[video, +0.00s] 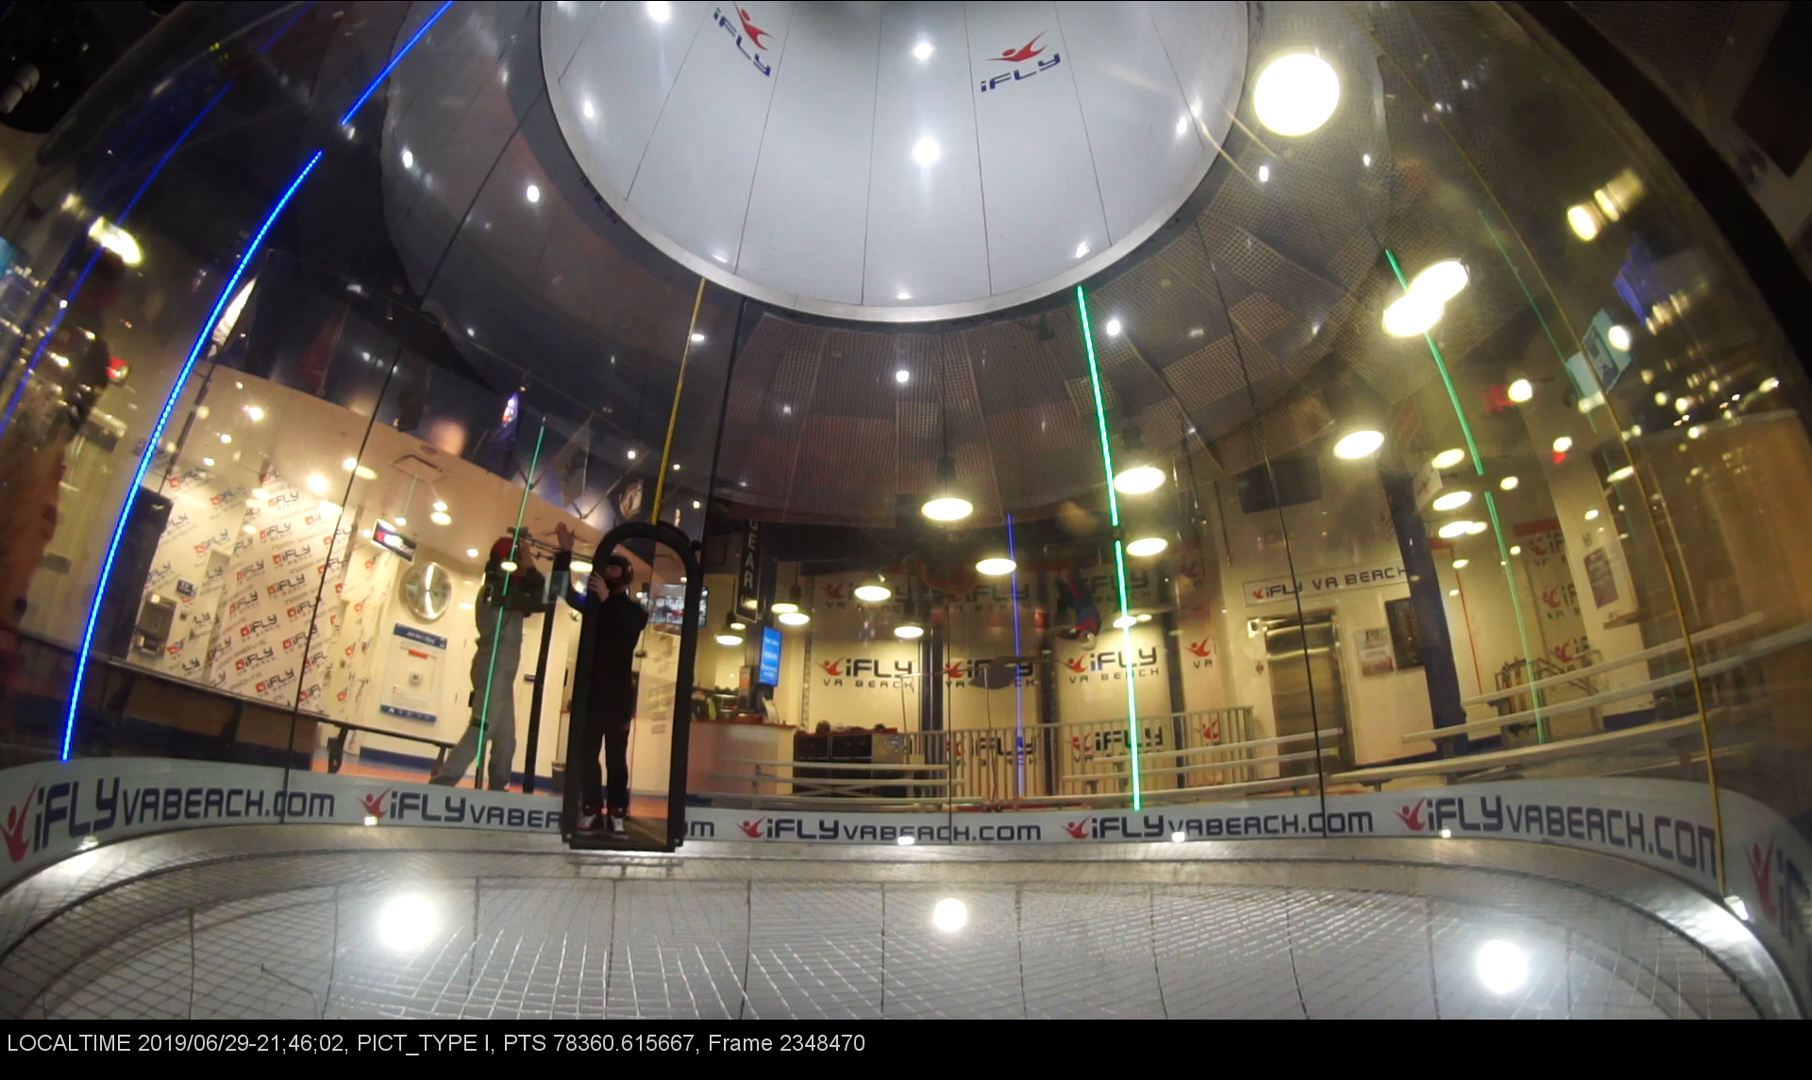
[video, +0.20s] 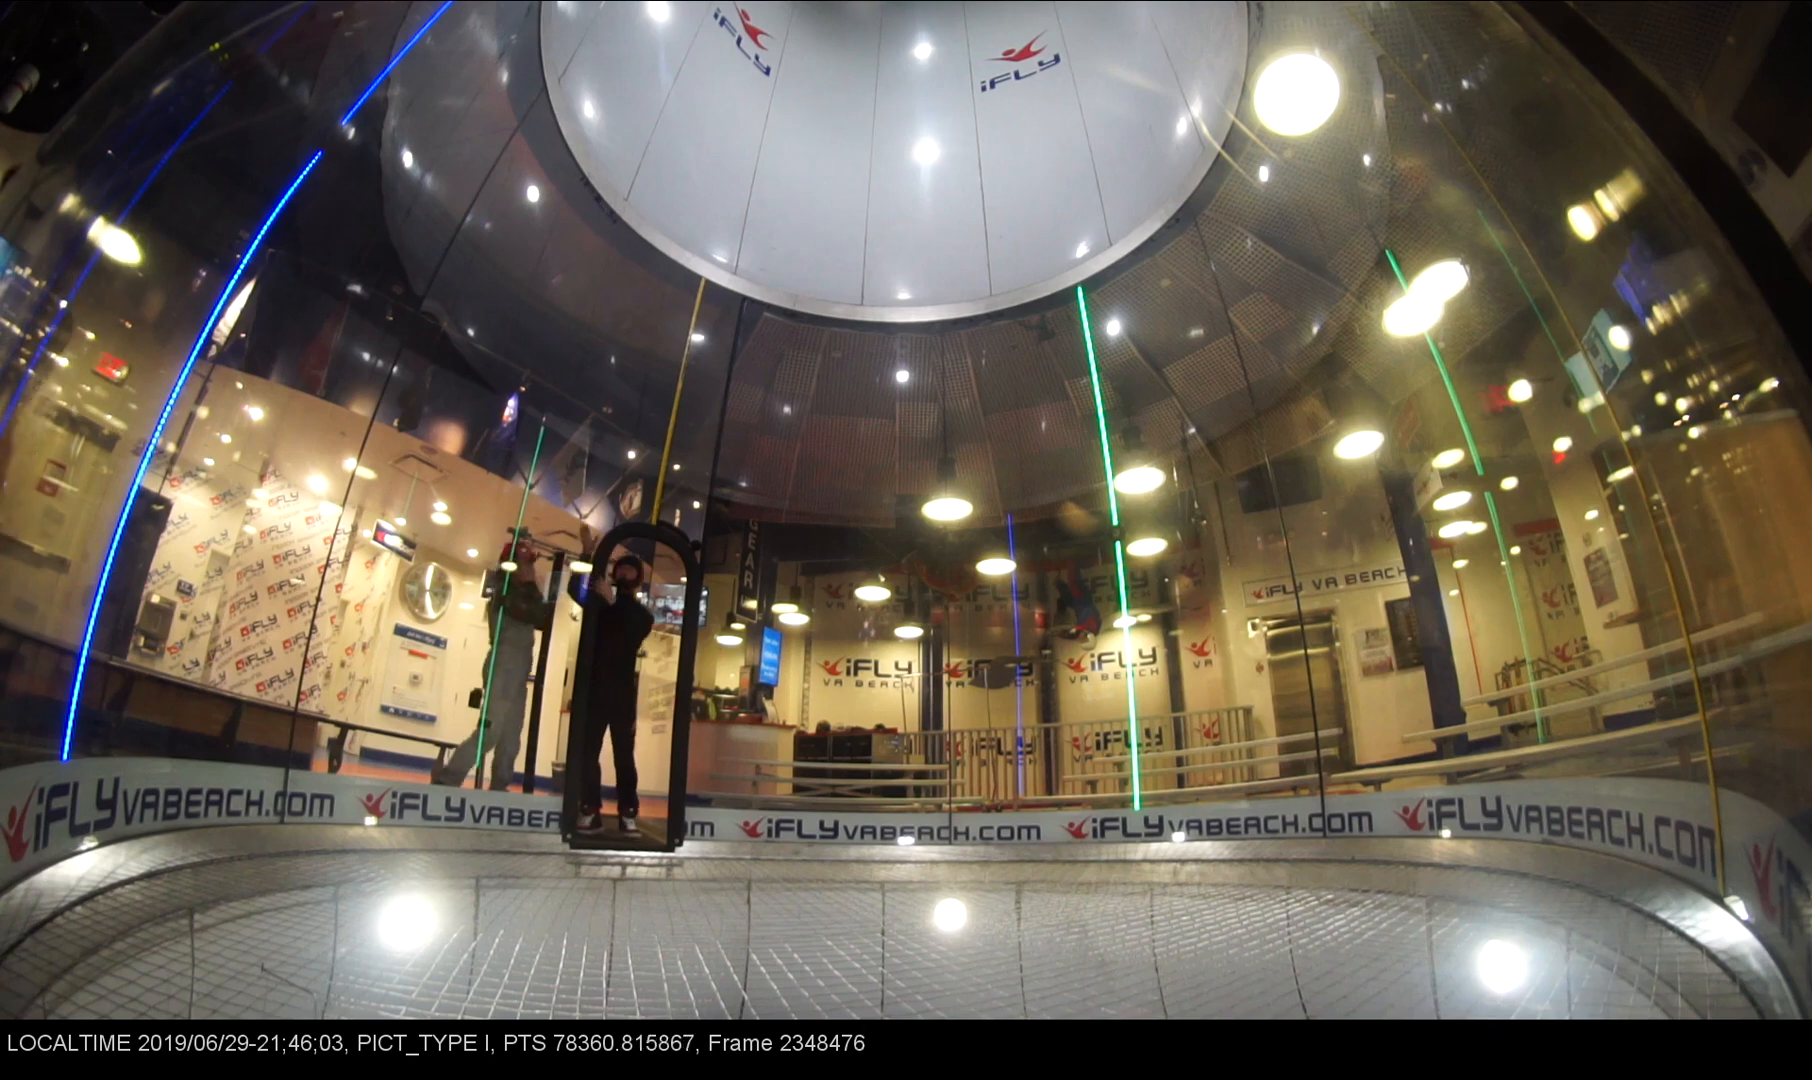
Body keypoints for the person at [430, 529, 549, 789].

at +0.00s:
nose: (530, 555)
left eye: (529, 550)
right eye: (525, 550)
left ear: (501, 559)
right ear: (510, 558)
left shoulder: (507, 590)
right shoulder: (497, 590)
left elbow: (540, 599)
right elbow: (534, 598)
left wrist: (530, 568)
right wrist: (528, 567)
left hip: (503, 670)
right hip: (491, 667)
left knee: (505, 737)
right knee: (481, 729)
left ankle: (497, 792)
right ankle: (442, 784)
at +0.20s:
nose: (532, 565)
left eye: (532, 560)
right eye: (526, 559)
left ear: (529, 565)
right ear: (514, 563)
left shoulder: (528, 591)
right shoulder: (504, 589)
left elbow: (544, 619)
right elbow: (528, 613)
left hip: (519, 668)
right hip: (501, 664)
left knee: (512, 733)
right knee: (492, 729)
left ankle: (499, 788)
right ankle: (448, 777)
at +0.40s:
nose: (536, 571)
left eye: (537, 566)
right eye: (531, 566)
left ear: (538, 570)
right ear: (518, 568)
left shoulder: (534, 605)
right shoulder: (503, 598)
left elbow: (548, 640)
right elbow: (511, 628)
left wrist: (548, 609)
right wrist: (520, 594)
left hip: (527, 674)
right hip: (504, 670)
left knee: (514, 732)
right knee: (499, 727)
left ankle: (501, 786)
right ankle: (466, 774)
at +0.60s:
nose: (528, 578)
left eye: (533, 574)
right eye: (524, 572)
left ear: (538, 579)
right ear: (514, 575)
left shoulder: (539, 609)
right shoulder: (500, 601)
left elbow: (548, 646)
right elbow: (499, 629)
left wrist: (543, 616)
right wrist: (516, 600)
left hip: (530, 669)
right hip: (502, 664)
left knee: (516, 727)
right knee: (495, 720)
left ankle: (501, 783)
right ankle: (482, 776)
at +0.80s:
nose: (520, 575)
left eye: (526, 572)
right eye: (518, 569)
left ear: (533, 579)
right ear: (510, 572)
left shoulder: (537, 611)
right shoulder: (497, 603)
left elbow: (543, 648)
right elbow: (488, 633)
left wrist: (538, 620)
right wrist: (502, 605)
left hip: (523, 667)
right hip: (496, 663)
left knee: (512, 726)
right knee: (490, 720)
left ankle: (499, 783)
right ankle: (480, 778)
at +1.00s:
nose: (518, 578)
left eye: (523, 574)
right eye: (515, 572)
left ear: (528, 581)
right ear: (506, 574)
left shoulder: (530, 610)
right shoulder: (490, 605)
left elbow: (538, 648)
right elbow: (479, 640)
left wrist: (531, 621)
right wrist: (495, 611)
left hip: (518, 671)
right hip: (490, 667)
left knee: (508, 729)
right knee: (487, 725)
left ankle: (501, 785)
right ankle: (481, 780)